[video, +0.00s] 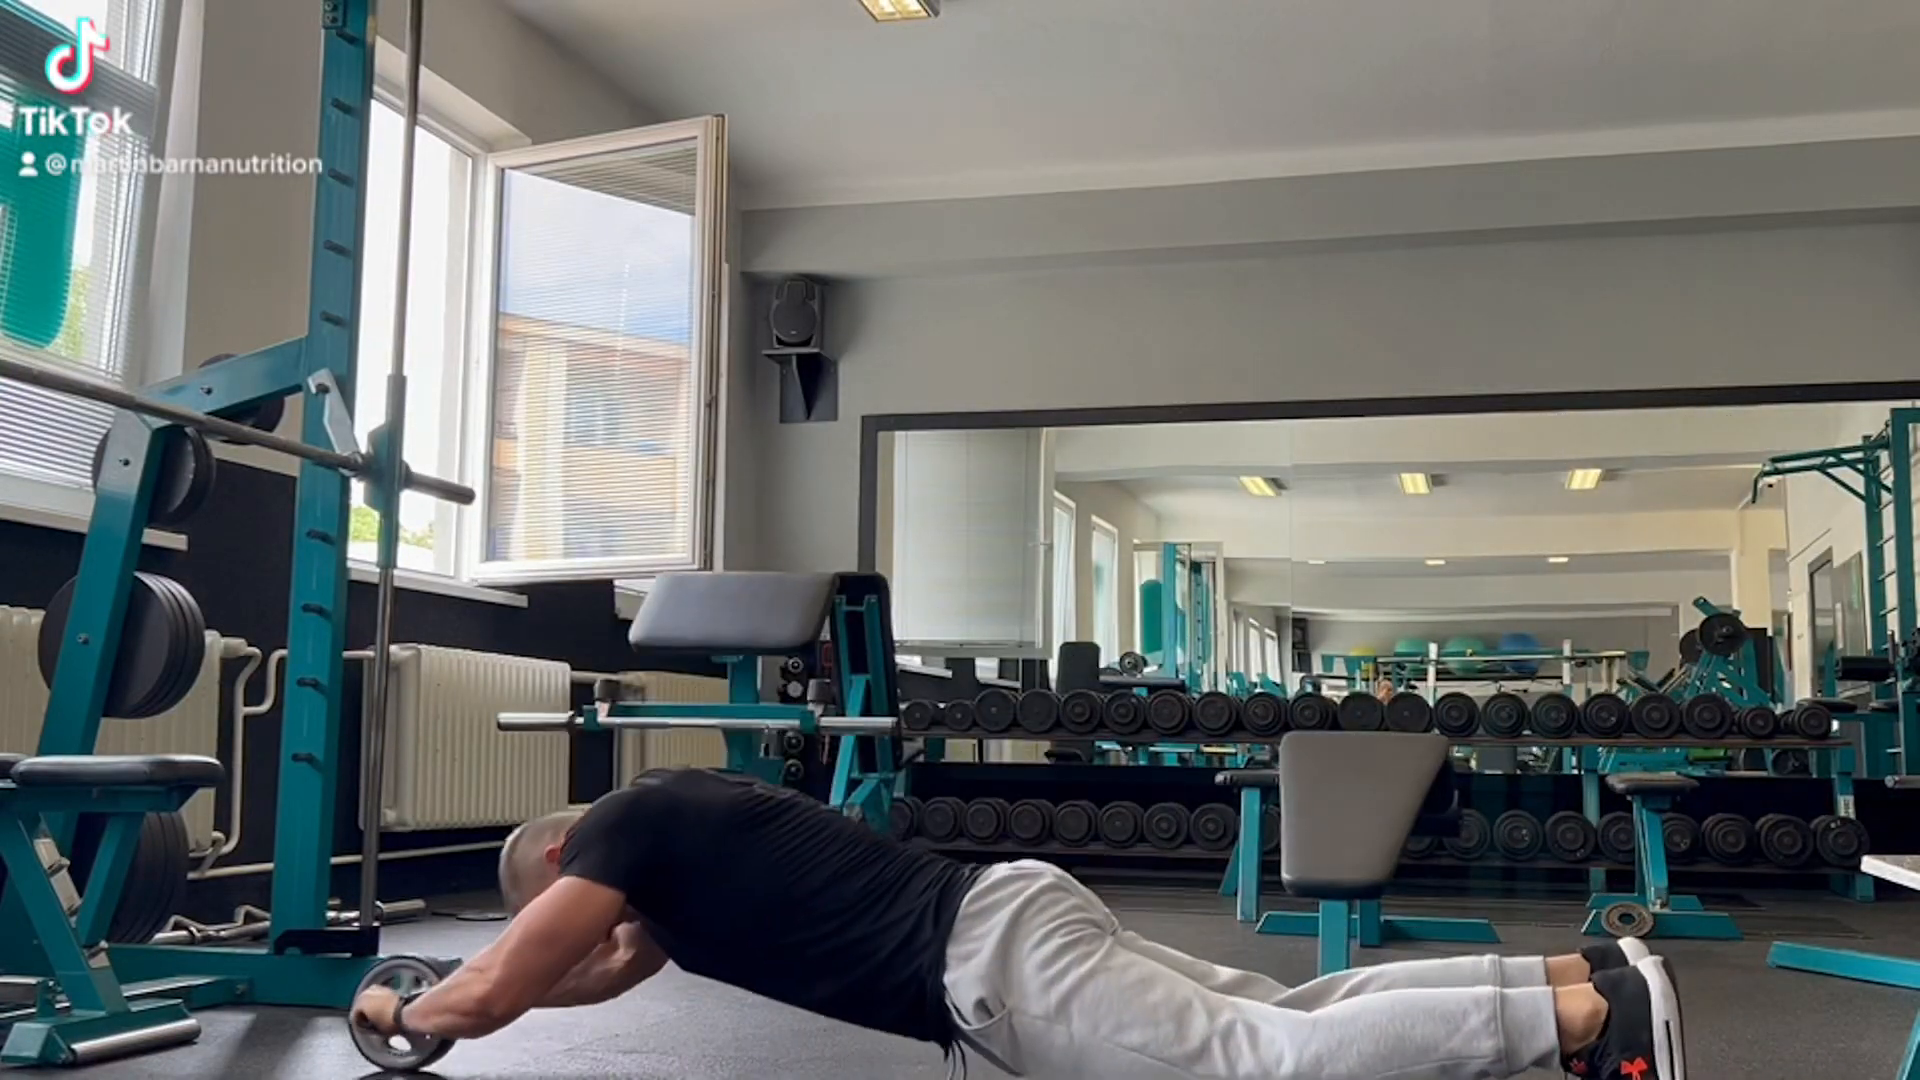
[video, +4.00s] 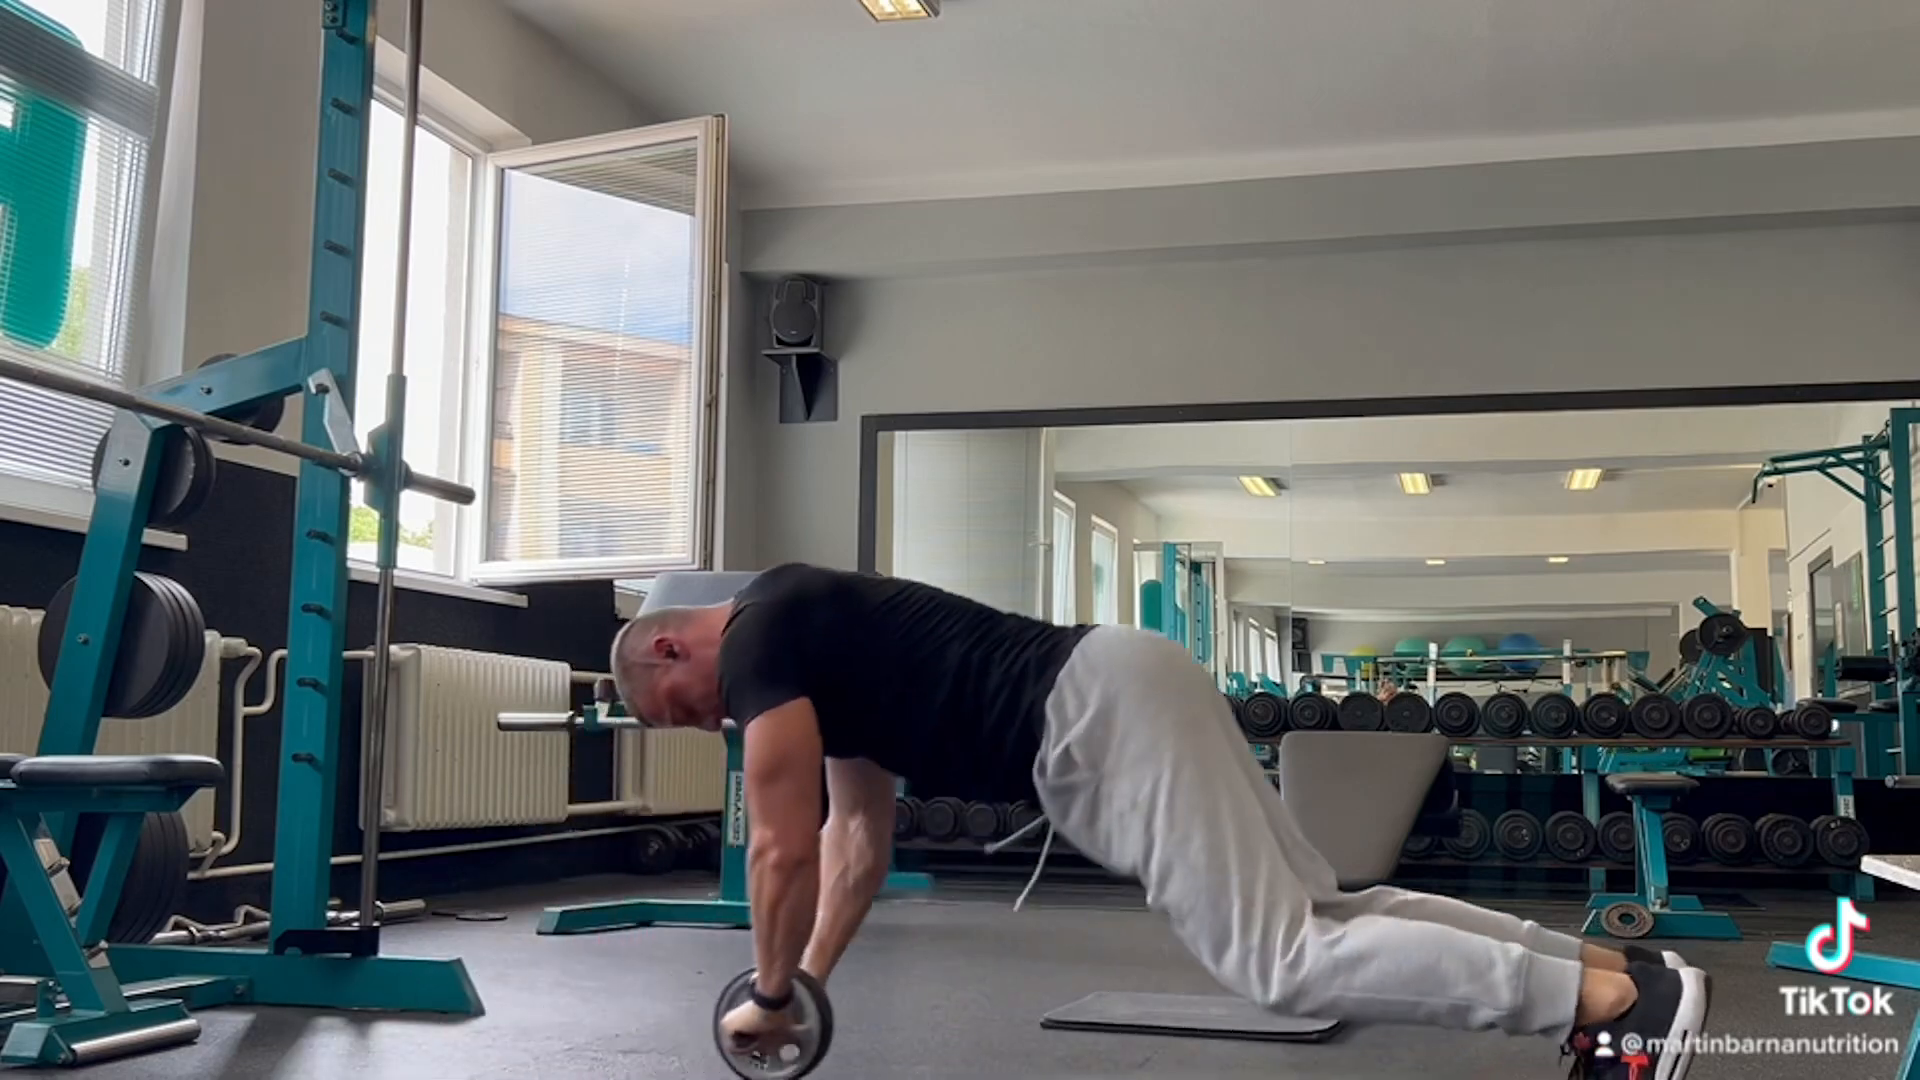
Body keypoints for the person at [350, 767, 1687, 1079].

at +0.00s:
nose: (553, 940)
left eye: (542, 918)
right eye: (544, 929)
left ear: (565, 863)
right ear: (590, 861)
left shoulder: (627, 835)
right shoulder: (683, 862)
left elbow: (486, 996)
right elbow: (615, 976)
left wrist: (412, 1017)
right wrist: (485, 1006)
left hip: (994, 947)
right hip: (1003, 938)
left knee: (1247, 1050)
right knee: (1264, 1011)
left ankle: (1564, 1006)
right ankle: (1559, 990)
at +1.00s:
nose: (649, 790)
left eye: (626, 774)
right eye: (635, 785)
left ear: (617, 706)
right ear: (641, 706)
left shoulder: (698, 670)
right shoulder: (763, 679)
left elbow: (720, 878)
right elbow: (808, 856)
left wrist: (689, 990)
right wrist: (737, 975)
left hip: (1053, 790)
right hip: (1065, 788)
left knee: (1285, 991)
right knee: (1301, 942)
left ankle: (1605, 993)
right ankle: (1598, 974)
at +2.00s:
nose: (1154, 765)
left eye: (1133, 746)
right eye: (1133, 757)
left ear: (1155, 684)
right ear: (1164, 668)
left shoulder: (1264, 640)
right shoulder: (1272, 632)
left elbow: (1408, 851)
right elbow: (1418, 822)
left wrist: (1477, 1023)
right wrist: (1475, 998)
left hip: (1579, 490)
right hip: (1581, 484)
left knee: (1577, 794)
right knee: (1577, 789)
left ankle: (1772, 1056)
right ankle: (1715, 1024)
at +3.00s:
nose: (559, 878)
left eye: (548, 857)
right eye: (549, 868)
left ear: (565, 795)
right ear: (597, 787)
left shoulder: (633, 800)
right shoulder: (701, 795)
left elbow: (536, 983)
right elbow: (637, 964)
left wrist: (452, 1016)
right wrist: (512, 997)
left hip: (987, 914)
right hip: (1013, 870)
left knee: (1250, 1044)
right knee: (1269, 988)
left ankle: (1567, 1003)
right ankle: (1566, 991)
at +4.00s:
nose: (672, 725)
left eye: (655, 704)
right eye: (660, 715)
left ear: (666, 648)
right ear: (690, 643)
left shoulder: (765, 630)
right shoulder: (823, 641)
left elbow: (786, 844)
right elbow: (852, 847)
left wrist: (772, 995)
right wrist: (799, 988)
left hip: (1104, 703)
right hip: (1120, 703)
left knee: (1284, 960)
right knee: (1310, 917)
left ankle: (1604, 994)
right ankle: (1598, 971)